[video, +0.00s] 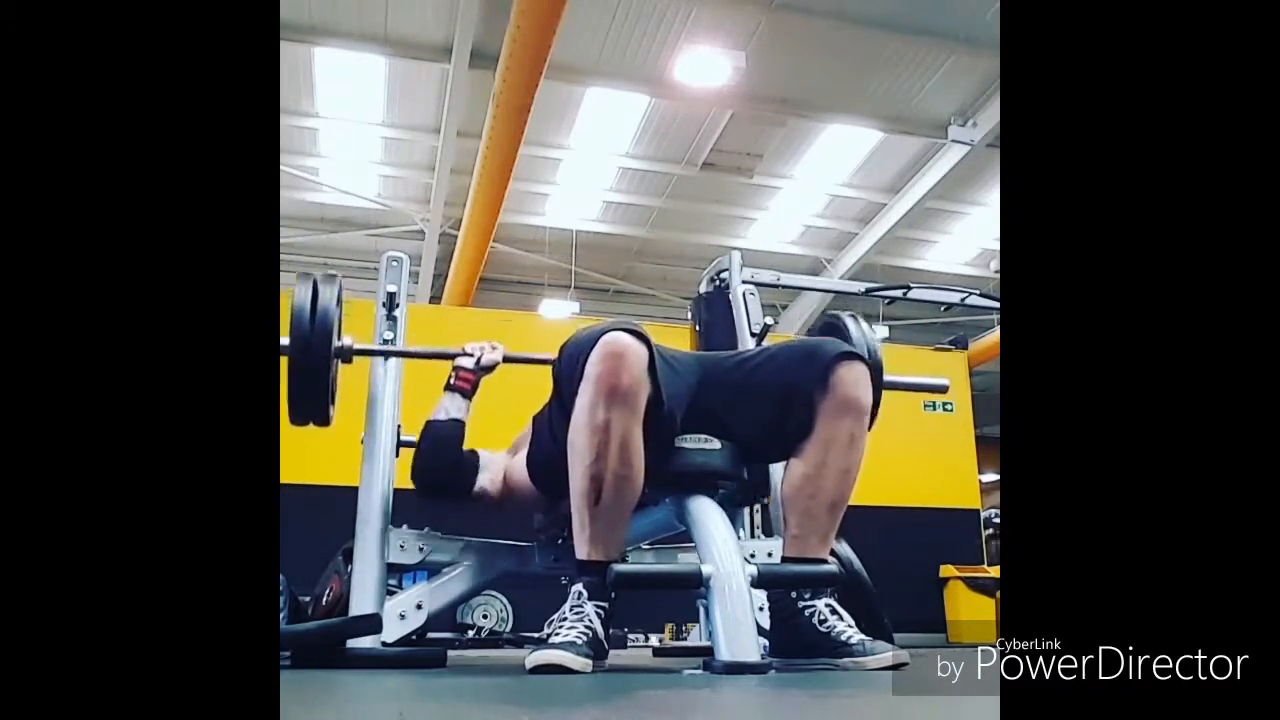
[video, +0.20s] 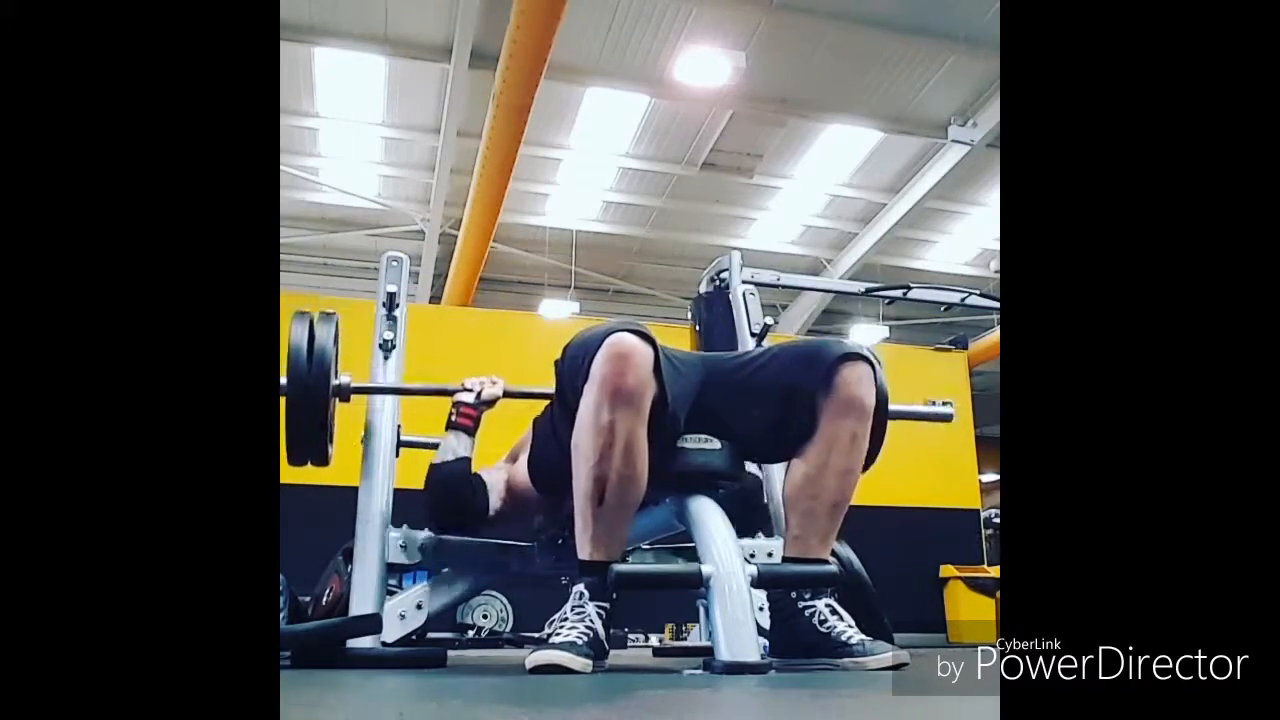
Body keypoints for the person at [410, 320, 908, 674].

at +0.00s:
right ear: (487, 484)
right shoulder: (514, 473)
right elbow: (434, 473)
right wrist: (461, 384)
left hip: (707, 375)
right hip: (633, 359)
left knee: (848, 376)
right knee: (618, 357)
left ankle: (800, 605)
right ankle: (586, 604)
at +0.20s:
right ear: (499, 509)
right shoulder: (518, 483)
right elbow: (448, 506)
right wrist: (464, 416)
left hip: (704, 375)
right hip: (625, 357)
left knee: (851, 376)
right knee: (623, 358)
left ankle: (801, 607)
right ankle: (588, 607)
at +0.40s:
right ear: (499, 477)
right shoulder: (514, 476)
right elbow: (440, 459)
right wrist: (465, 366)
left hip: (709, 372)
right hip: (622, 354)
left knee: (848, 376)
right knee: (622, 359)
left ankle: (801, 607)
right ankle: (588, 604)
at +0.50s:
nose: (503, 485)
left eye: (502, 483)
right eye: (498, 484)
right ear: (501, 475)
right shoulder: (512, 462)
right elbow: (443, 425)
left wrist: (729, 352)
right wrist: (465, 338)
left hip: (704, 386)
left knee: (851, 378)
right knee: (630, 357)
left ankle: (798, 608)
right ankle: (587, 607)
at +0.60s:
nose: (499, 455)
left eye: (502, 457)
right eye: (497, 461)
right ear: (503, 475)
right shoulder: (515, 468)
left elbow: (740, 404)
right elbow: (447, 408)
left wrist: (723, 336)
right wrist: (466, 320)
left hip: (704, 384)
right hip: (615, 360)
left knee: (852, 378)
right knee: (633, 357)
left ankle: (800, 609)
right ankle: (586, 607)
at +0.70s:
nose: (496, 445)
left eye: (496, 446)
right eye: (492, 451)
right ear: (498, 466)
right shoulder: (522, 475)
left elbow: (735, 394)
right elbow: (455, 396)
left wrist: (720, 328)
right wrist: (468, 300)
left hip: (707, 384)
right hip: (631, 366)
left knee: (851, 377)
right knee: (628, 355)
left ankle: (800, 606)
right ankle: (586, 605)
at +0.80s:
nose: (495, 442)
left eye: (494, 444)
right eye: (492, 447)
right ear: (501, 464)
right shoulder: (525, 467)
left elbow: (727, 384)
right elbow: (465, 384)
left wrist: (712, 311)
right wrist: (468, 286)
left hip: (692, 386)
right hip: (616, 363)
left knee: (848, 376)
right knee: (621, 353)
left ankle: (800, 608)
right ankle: (586, 607)